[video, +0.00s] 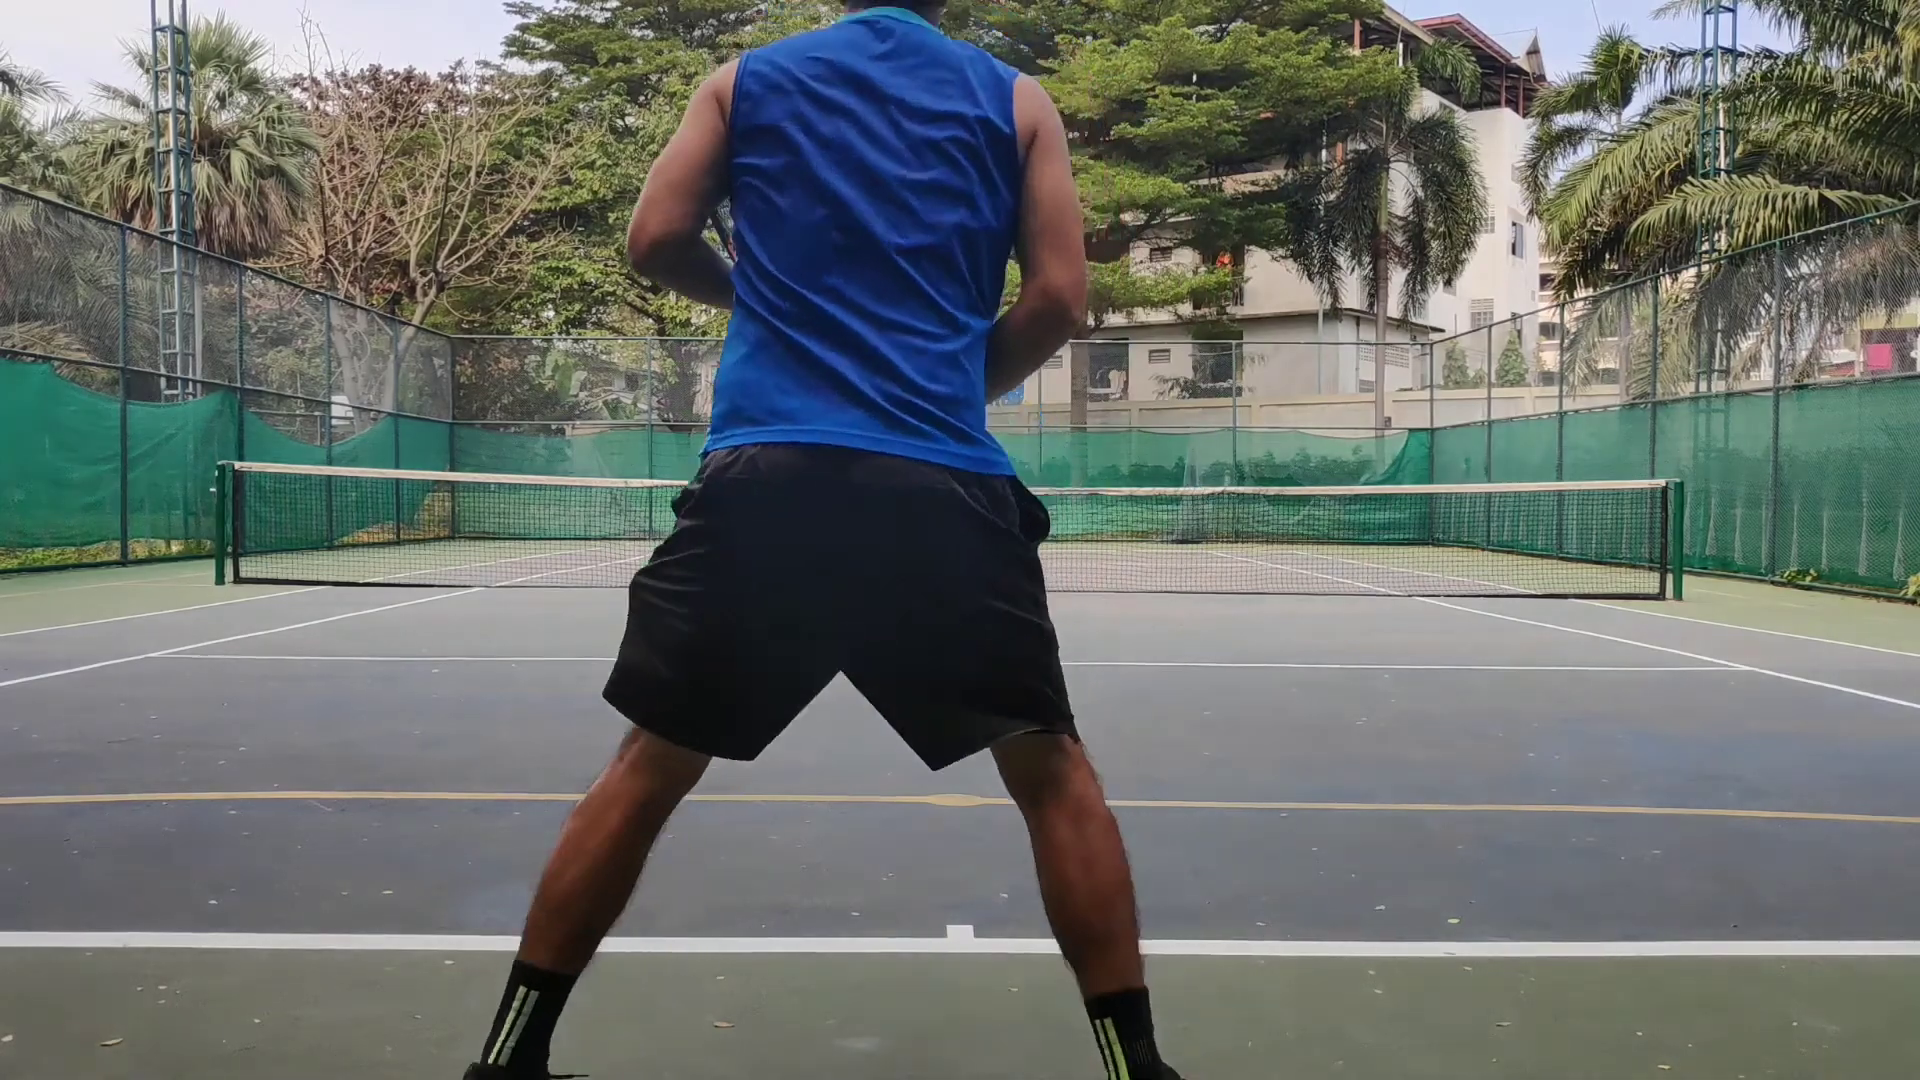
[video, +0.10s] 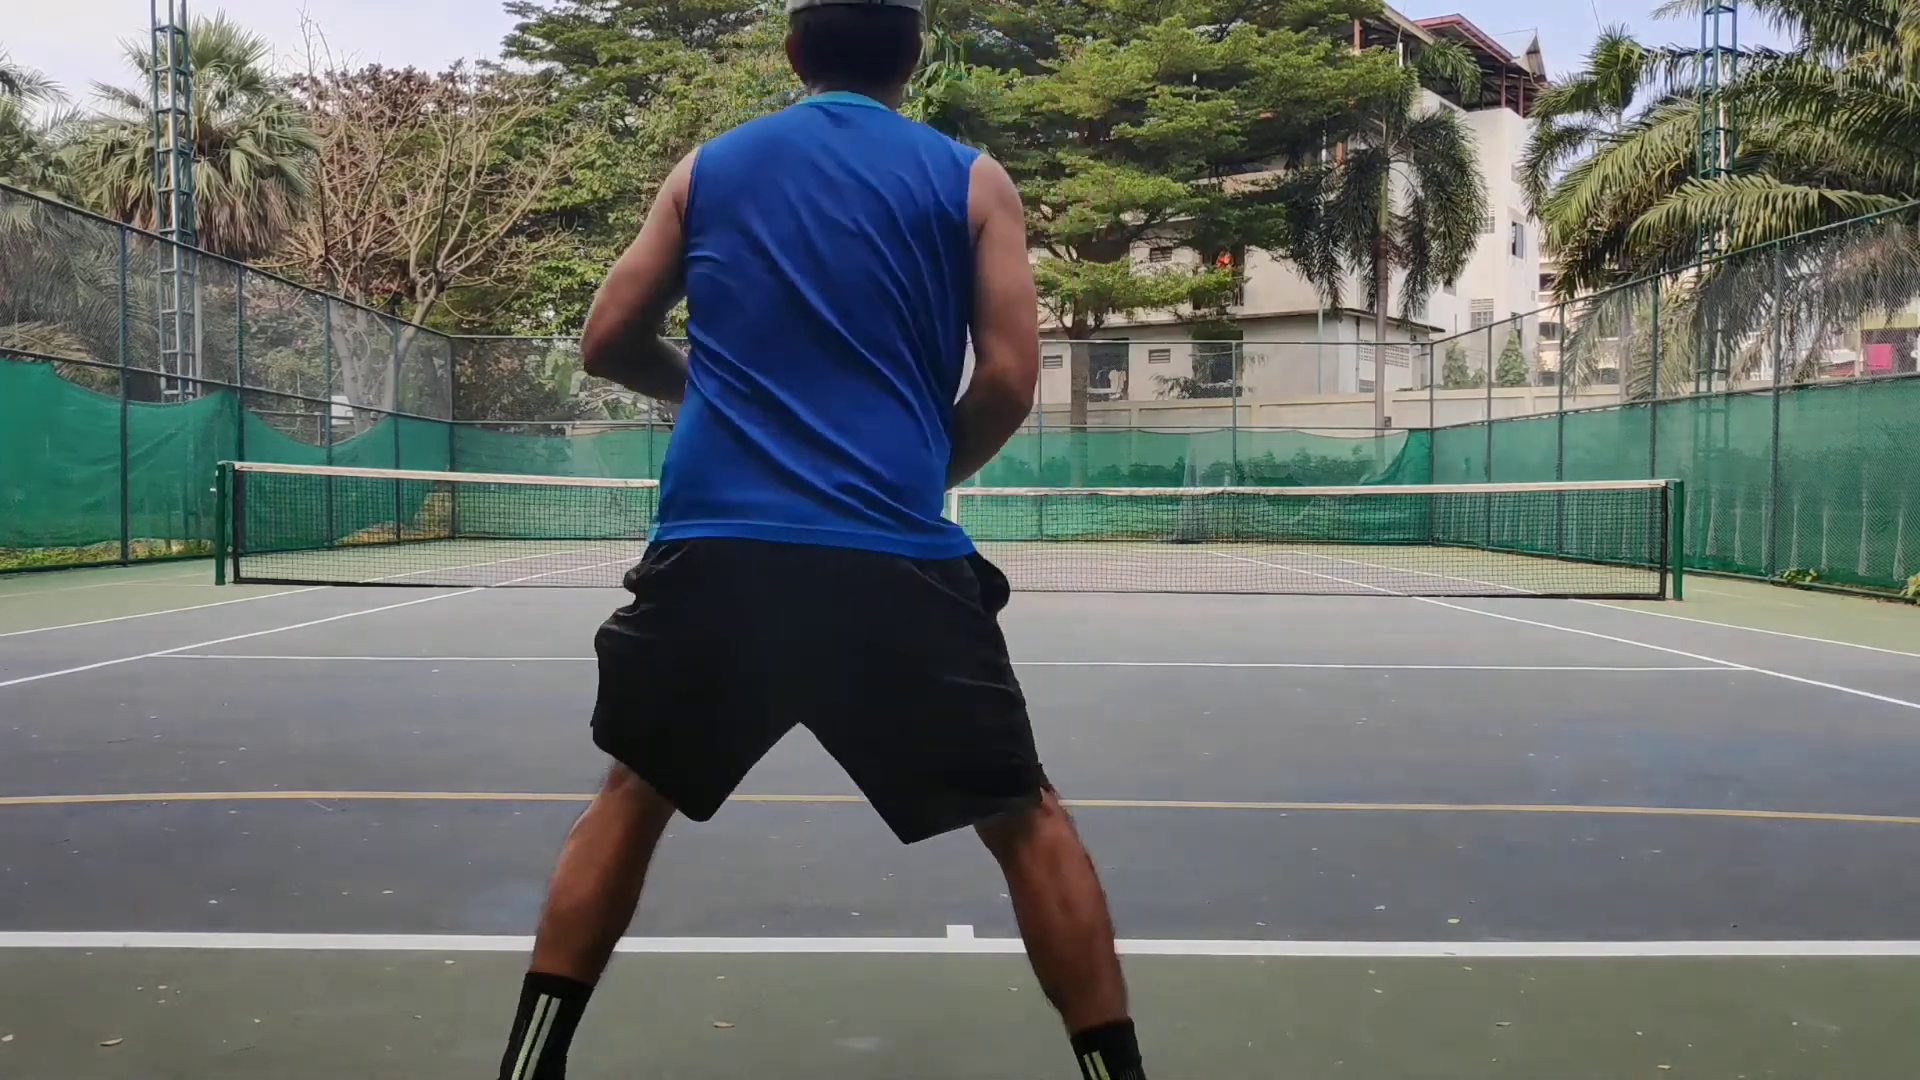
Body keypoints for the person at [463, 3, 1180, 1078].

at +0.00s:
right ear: (942, 2)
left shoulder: (748, 78)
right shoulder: (1017, 98)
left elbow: (657, 238)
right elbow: (1061, 299)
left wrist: (751, 288)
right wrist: (961, 375)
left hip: (762, 491)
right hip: (943, 500)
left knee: (644, 775)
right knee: (1055, 780)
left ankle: (510, 1050)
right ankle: (1137, 1062)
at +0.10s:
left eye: (802, 39)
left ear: (795, 57)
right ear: (908, 66)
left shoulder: (708, 165)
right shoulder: (972, 178)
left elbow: (610, 338)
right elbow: (1010, 382)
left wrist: (706, 385)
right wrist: (928, 464)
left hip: (717, 566)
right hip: (899, 582)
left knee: (630, 799)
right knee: (1028, 822)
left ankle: (529, 1061)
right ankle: (1120, 1072)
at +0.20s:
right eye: (849, 97)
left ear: (718, 80)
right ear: (836, 96)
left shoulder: (629, 184)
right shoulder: (860, 195)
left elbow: (557, 382)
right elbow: (882, 389)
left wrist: (652, 447)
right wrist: (832, 518)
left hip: (597, 576)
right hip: (775, 587)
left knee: (598, 808)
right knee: (943, 835)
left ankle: (547, 1063)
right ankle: (1098, 1066)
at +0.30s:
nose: (756, 85)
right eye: (755, 65)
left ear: (636, 53)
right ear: (747, 67)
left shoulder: (563, 149)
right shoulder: (721, 160)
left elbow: (579, 371)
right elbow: (734, 360)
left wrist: (732, 416)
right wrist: (747, 512)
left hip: (440, 527)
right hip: (596, 533)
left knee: (558, 783)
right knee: (803, 777)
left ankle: (542, 1064)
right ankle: (872, 1067)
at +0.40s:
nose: (672, 52)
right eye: (673, 37)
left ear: (551, 28)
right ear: (663, 37)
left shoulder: (498, 120)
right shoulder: (598, 125)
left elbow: (576, 354)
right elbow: (611, 332)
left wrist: (732, 389)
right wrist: (733, 467)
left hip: (295, 475)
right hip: (421, 488)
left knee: (440, 740)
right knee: (635, 760)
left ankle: (441, 1033)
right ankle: (478, 1048)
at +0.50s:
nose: (568, 63)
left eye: (566, 45)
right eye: (570, 42)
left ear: (447, 32)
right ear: (558, 44)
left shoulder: (404, 126)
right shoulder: (460, 126)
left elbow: (529, 305)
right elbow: (475, 306)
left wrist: (689, 367)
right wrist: (676, 378)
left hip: (178, 500)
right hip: (287, 523)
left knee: (316, 750)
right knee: (502, 801)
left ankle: (111, 1021)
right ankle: (370, 1070)